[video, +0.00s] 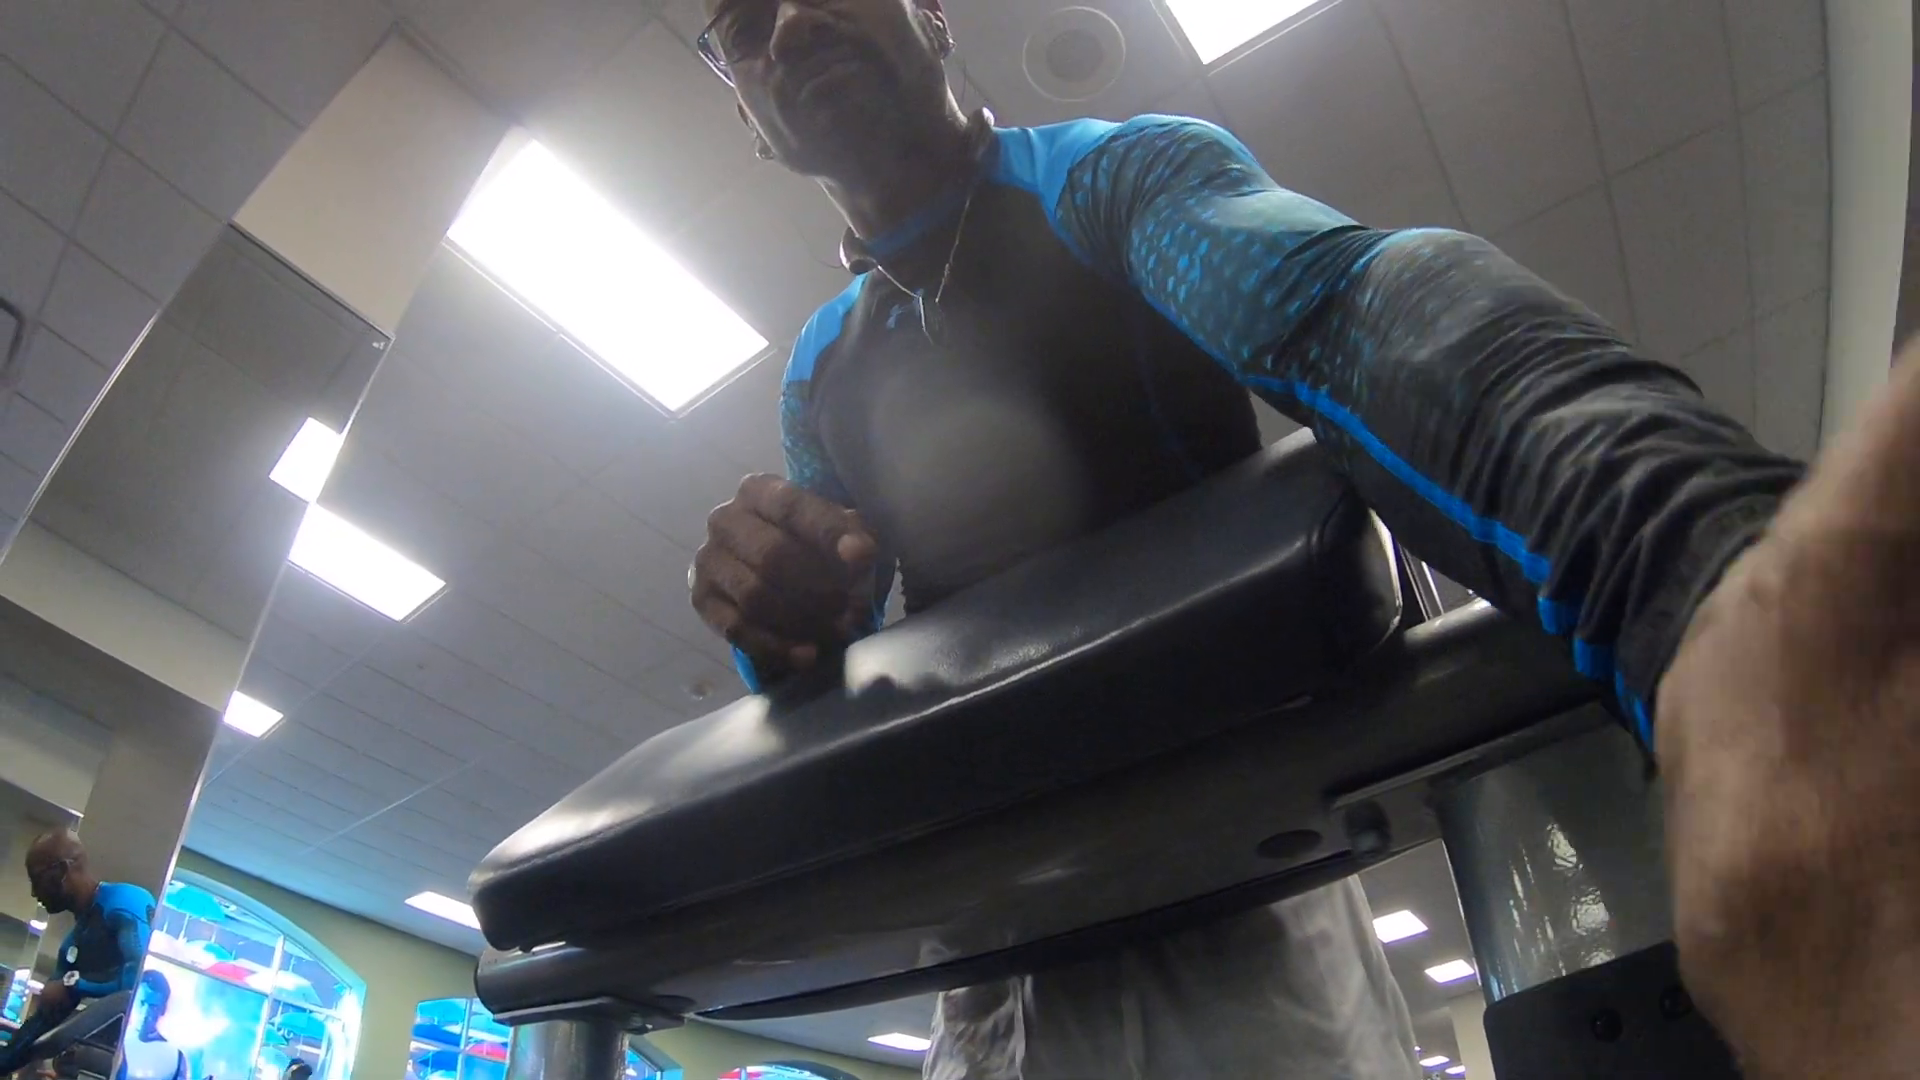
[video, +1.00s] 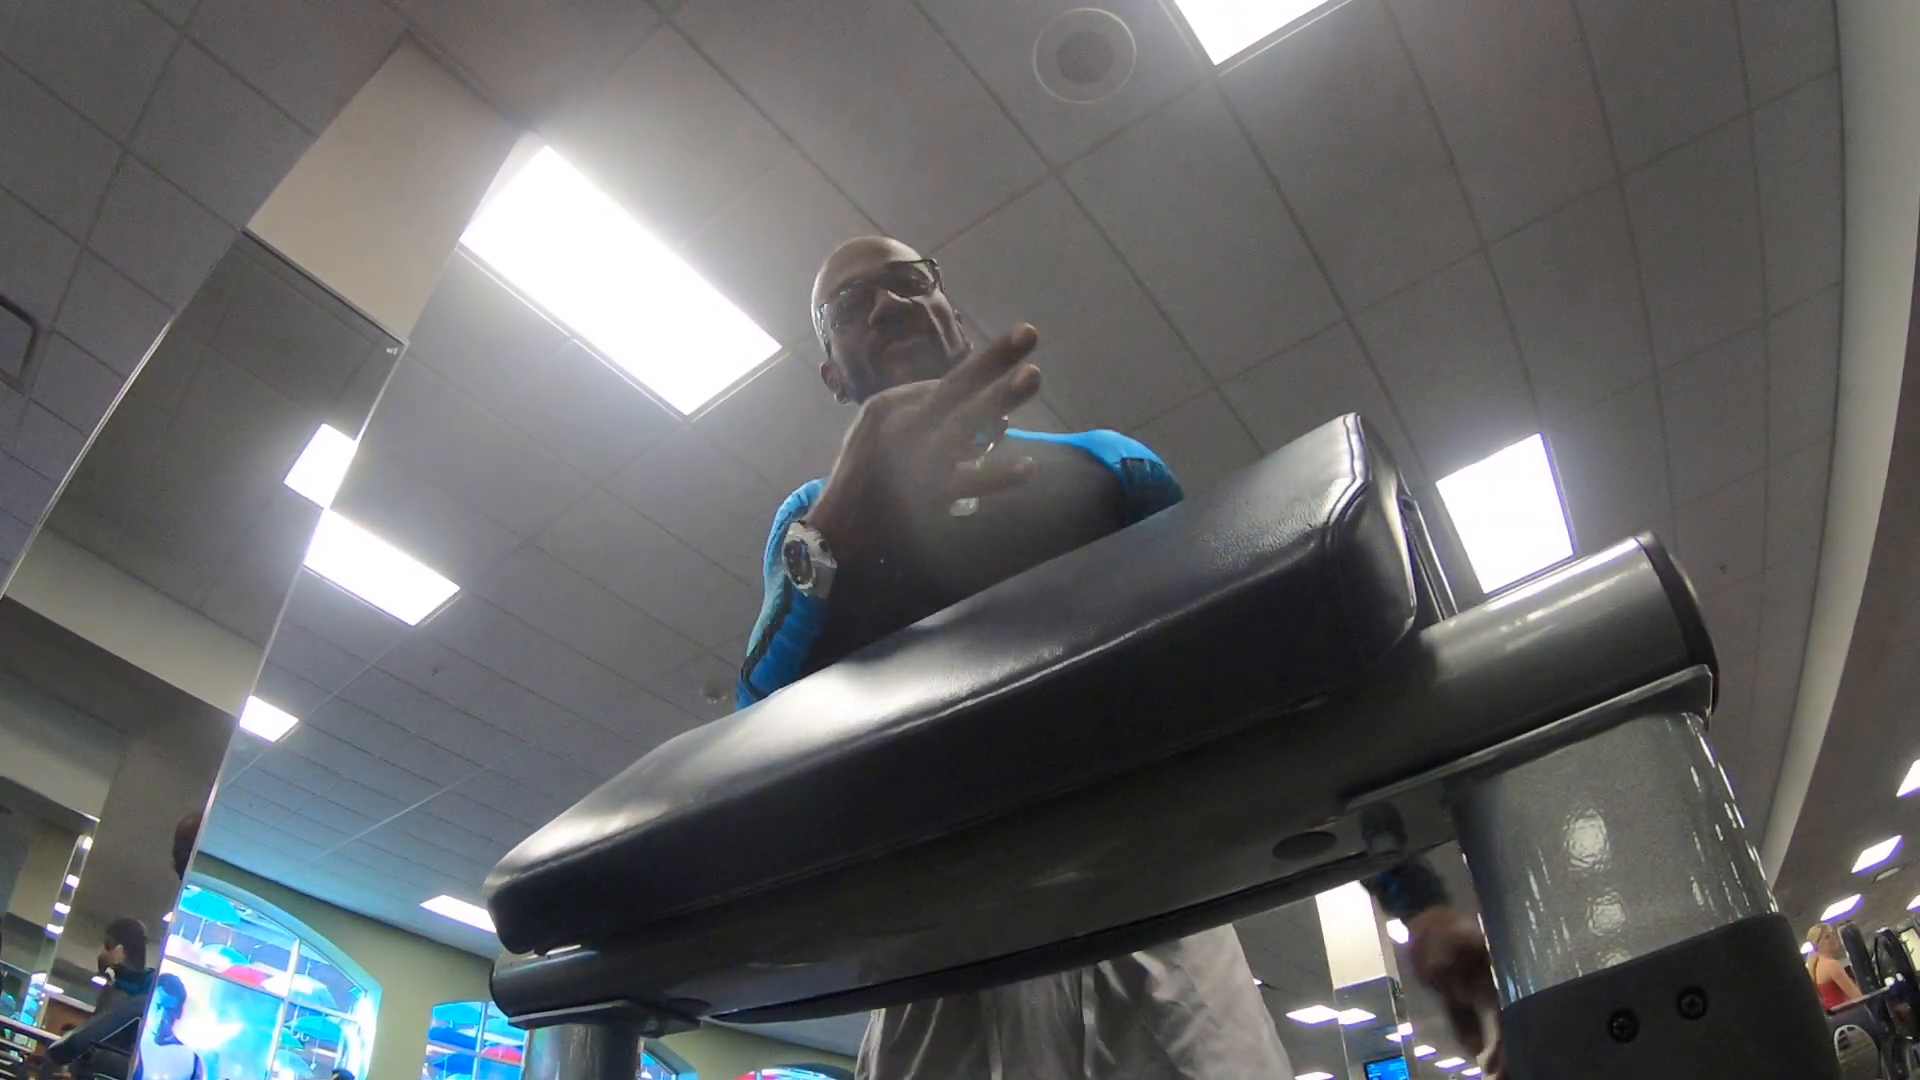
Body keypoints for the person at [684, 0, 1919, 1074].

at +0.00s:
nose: (795, 41)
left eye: (826, 9)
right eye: (751, 40)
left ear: (932, 36)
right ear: (745, 117)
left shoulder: (1103, 179)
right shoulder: (818, 376)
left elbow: (1349, 309)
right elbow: (855, 681)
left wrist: (1715, 600)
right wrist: (807, 630)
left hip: (1264, 778)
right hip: (1020, 850)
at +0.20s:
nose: (807, 53)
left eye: (833, 17)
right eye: (766, 53)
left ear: (935, 36)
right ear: (763, 129)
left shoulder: (1117, 185)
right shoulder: (821, 393)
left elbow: (1415, 330)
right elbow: (819, 736)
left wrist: (1777, 662)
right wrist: (772, 578)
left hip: (1252, 863)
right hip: (1003, 921)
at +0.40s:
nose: (846, 109)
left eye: (869, 71)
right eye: (809, 114)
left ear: (963, 99)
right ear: (813, 197)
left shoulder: (1134, 221)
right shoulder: (831, 414)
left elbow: (1391, 342)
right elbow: (821, 740)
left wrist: (1669, 474)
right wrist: (765, 565)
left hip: (1249, 849)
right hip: (1001, 913)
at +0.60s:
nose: (871, 192)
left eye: (892, 158)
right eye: (841, 189)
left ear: (975, 181)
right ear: (836, 260)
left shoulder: (1139, 299)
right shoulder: (853, 460)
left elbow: (1363, 428)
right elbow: (805, 738)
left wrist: (1610, 475)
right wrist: (769, 520)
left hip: (1249, 825)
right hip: (1000, 885)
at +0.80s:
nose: (886, 266)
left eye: (902, 238)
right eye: (852, 267)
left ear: (965, 265)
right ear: (830, 321)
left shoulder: (1129, 397)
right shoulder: (840, 511)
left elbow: (1342, 634)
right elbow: (779, 762)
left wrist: (1629, 647)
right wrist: (809, 503)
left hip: (1204, 882)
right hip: (965, 939)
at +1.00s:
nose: (892, 305)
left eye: (909, 285)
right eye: (853, 303)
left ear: (957, 316)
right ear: (828, 372)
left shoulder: (1107, 465)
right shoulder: (818, 523)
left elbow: (1265, 675)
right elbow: (765, 723)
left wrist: (1419, 898)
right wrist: (845, 518)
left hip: (1167, 923)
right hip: (953, 959)